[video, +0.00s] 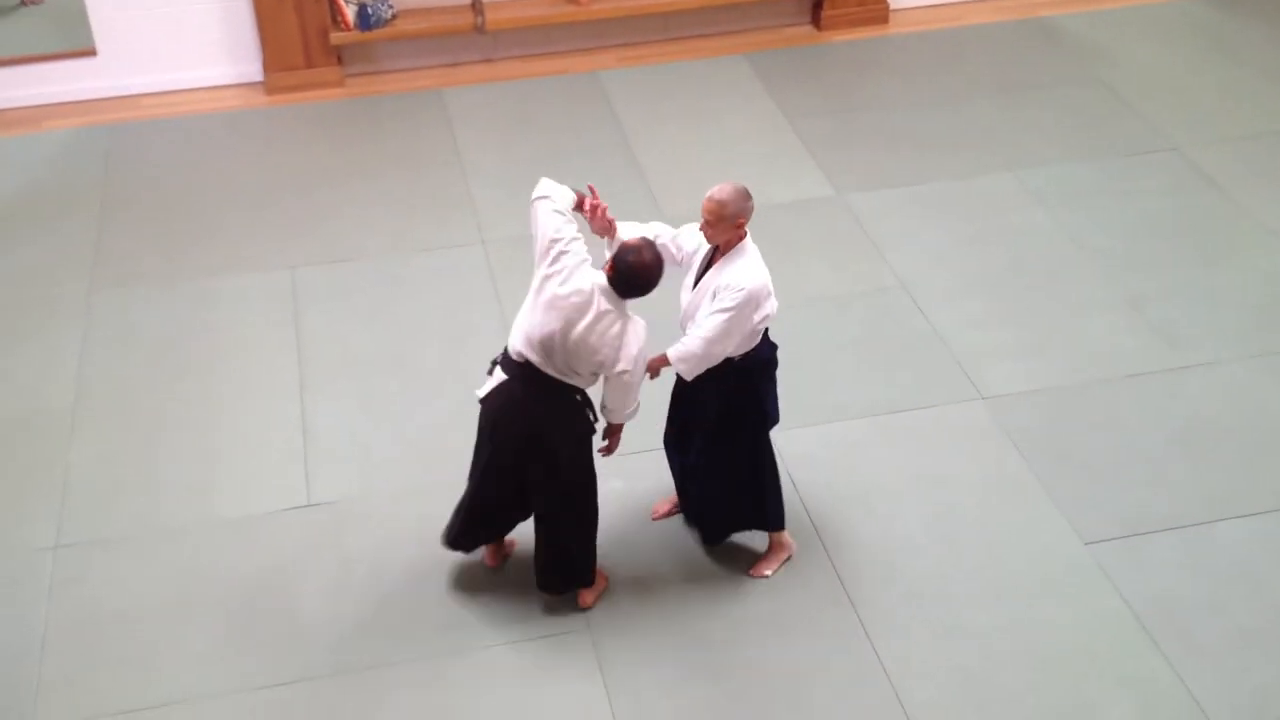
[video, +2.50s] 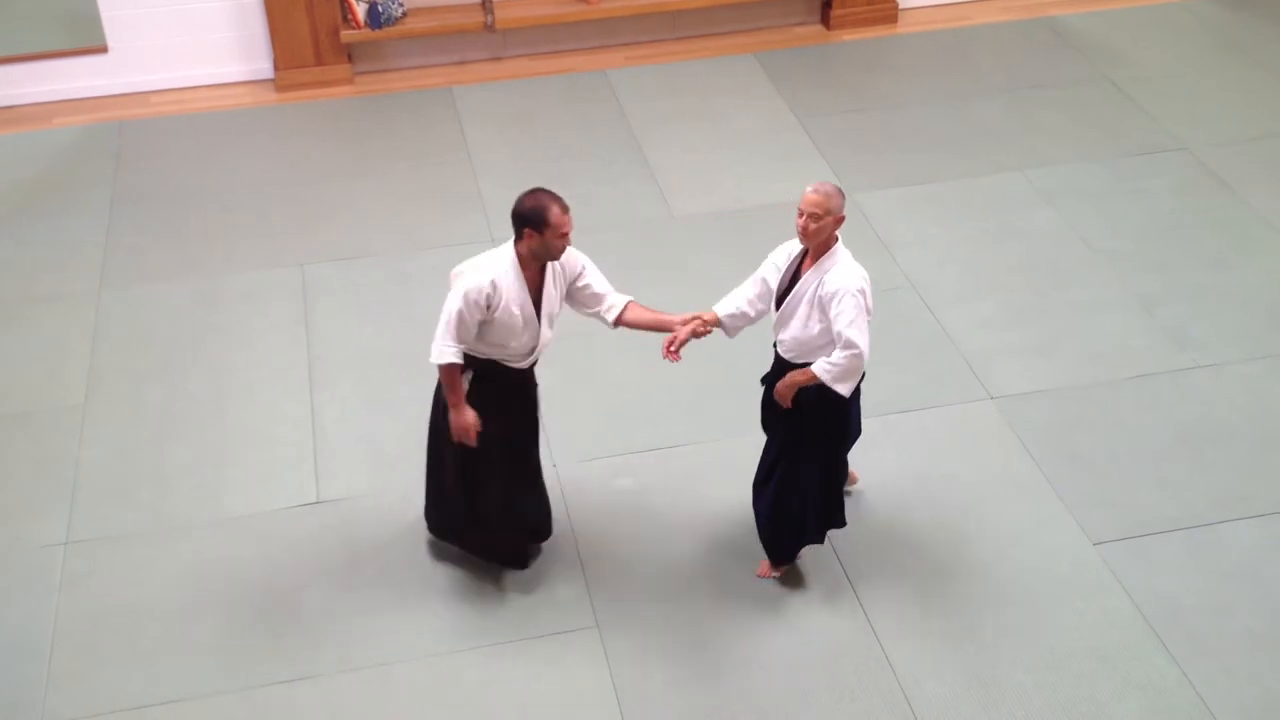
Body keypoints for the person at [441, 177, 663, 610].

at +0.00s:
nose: (621, 238)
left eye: (622, 242)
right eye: (633, 240)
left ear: (609, 260)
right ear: (647, 289)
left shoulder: (566, 262)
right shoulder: (628, 334)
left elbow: (545, 194)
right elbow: (621, 395)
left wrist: (579, 201)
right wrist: (615, 426)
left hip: (509, 391)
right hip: (563, 413)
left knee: (496, 471)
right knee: (572, 497)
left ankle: (493, 544)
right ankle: (584, 585)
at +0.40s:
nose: (627, 252)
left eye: (622, 258)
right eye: (638, 261)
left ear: (601, 269)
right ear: (629, 302)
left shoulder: (564, 258)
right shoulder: (609, 339)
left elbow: (566, 188)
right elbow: (596, 393)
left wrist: (600, 187)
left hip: (498, 360)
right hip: (546, 386)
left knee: (477, 438)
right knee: (552, 457)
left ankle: (454, 517)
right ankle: (551, 535)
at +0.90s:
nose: (619, 269)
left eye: (613, 275)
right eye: (629, 277)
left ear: (590, 285)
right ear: (618, 322)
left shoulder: (551, 266)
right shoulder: (599, 345)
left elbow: (555, 207)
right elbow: (591, 379)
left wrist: (614, 213)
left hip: (488, 354)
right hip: (540, 379)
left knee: (462, 429)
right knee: (543, 455)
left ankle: (443, 505)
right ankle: (550, 535)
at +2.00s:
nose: (602, 232)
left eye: (601, 237)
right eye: (608, 242)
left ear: (583, 240)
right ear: (599, 281)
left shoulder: (559, 233)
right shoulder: (561, 329)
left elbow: (590, 226)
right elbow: (566, 385)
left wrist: (623, 256)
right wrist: (581, 393)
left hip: (477, 340)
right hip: (510, 379)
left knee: (477, 420)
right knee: (552, 453)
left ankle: (422, 473)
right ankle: (556, 534)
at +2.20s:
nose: (577, 253)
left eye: (577, 247)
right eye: (571, 249)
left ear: (541, 252)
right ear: (544, 257)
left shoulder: (533, 254)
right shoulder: (512, 309)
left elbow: (592, 284)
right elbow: (511, 379)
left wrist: (649, 304)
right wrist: (546, 419)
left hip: (467, 363)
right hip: (486, 385)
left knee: (466, 443)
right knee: (545, 455)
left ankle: (443, 498)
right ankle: (560, 534)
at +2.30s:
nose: (567, 247)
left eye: (567, 239)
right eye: (561, 241)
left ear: (534, 245)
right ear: (531, 247)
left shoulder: (551, 261)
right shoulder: (489, 294)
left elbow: (600, 299)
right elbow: (481, 371)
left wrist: (659, 318)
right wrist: (516, 418)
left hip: (503, 369)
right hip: (472, 380)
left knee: (466, 449)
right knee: (530, 455)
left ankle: (442, 500)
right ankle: (551, 535)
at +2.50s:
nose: (568, 241)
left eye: (569, 232)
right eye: (561, 234)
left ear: (534, 236)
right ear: (529, 236)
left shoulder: (567, 265)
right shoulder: (480, 279)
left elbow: (615, 308)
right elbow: (447, 348)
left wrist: (677, 322)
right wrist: (457, 408)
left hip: (520, 379)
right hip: (476, 379)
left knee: (520, 459)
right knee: (477, 461)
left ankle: (524, 533)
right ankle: (474, 534)